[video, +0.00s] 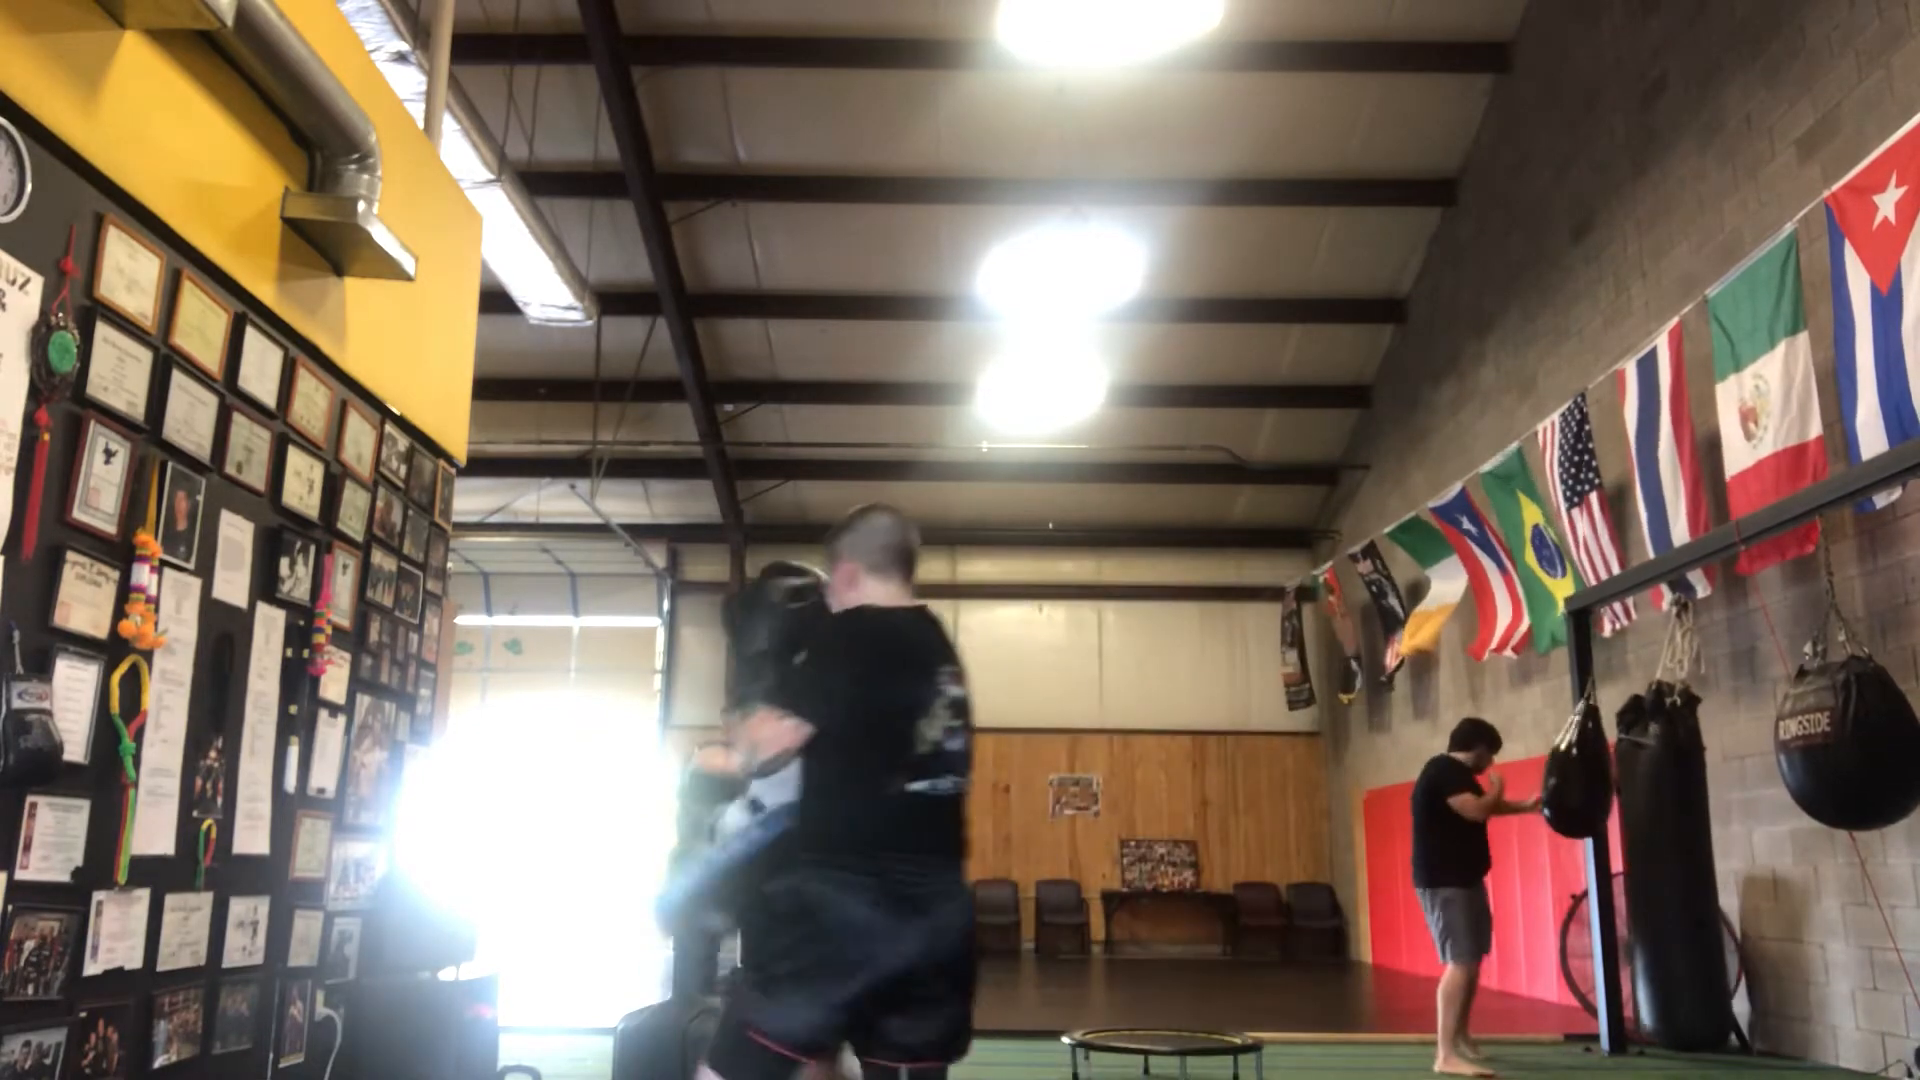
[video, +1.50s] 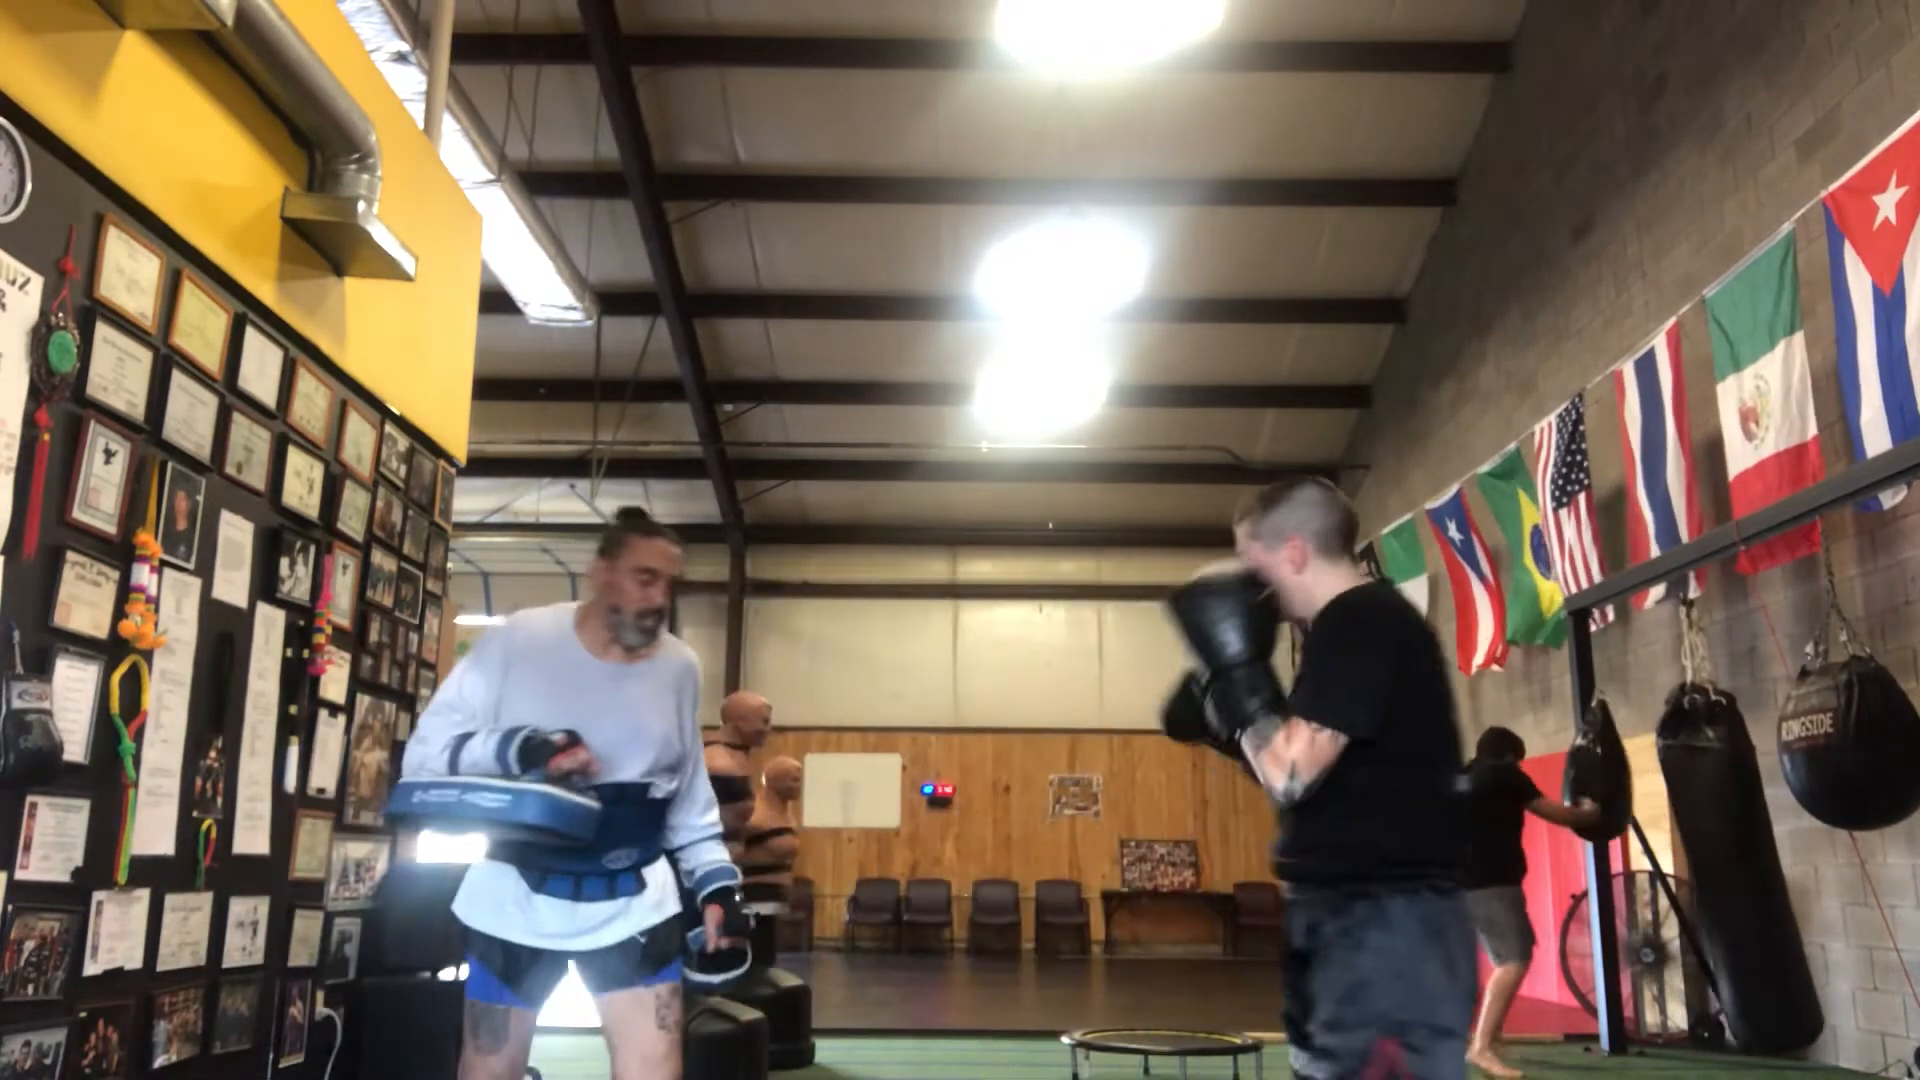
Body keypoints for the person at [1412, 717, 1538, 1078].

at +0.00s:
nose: (1489, 762)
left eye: (1491, 756)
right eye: (1488, 754)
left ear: (1465, 745)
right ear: (1474, 748)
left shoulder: (1463, 777)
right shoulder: (1442, 770)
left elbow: (1490, 808)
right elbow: (1473, 810)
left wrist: (1531, 805)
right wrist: (1496, 791)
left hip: (1467, 881)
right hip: (1444, 883)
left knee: (1471, 961)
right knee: (1460, 963)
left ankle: (1460, 1040)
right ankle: (1446, 1054)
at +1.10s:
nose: (1506, 763)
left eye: (1508, 758)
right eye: (1506, 757)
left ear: (1473, 748)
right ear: (1495, 752)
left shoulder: (1453, 776)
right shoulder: (1485, 772)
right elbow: (1515, 817)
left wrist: (1516, 799)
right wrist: (1530, 800)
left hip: (1462, 880)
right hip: (1486, 878)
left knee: (1488, 960)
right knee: (1505, 954)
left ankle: (1485, 1043)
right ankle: (1483, 1044)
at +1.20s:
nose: (1510, 762)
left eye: (1511, 757)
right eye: (1510, 757)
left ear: (1475, 748)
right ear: (1501, 752)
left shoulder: (1450, 775)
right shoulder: (1495, 768)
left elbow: (1468, 821)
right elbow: (1520, 807)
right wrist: (1547, 820)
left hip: (1459, 879)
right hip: (1491, 877)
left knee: (1486, 961)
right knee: (1511, 956)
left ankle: (1486, 1041)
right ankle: (1484, 1043)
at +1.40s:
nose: (1515, 765)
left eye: (1514, 761)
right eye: (1514, 760)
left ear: (1477, 754)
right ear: (1510, 757)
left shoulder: (1449, 777)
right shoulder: (1512, 775)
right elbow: (1559, 808)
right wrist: (1602, 814)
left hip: (1460, 880)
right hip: (1495, 878)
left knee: (1499, 960)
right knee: (1507, 960)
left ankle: (1490, 1040)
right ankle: (1479, 1049)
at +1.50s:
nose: (1519, 764)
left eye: (1518, 759)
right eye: (1518, 759)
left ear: (1482, 752)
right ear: (1512, 756)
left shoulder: (1463, 778)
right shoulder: (1507, 776)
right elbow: (1550, 811)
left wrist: (1570, 815)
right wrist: (1584, 814)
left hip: (1462, 882)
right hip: (1492, 882)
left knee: (1508, 961)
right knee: (1513, 959)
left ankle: (1482, 1043)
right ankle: (1481, 1048)